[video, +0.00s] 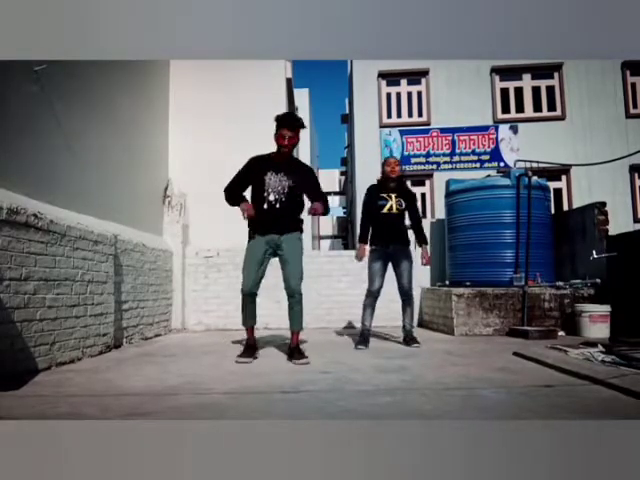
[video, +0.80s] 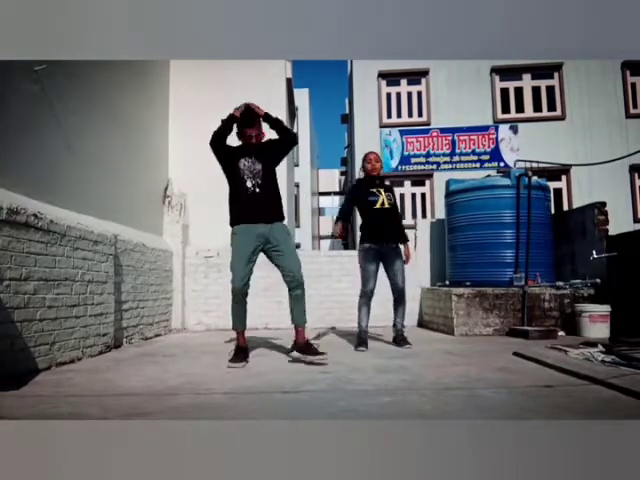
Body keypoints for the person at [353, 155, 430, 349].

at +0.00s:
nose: (393, 168)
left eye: (396, 165)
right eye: (390, 165)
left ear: (400, 168)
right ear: (383, 168)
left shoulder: (407, 192)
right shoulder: (373, 191)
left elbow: (415, 220)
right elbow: (366, 218)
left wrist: (423, 245)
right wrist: (362, 243)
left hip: (400, 246)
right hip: (378, 246)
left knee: (406, 290)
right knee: (373, 289)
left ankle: (408, 334)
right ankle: (364, 334)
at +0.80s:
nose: (373, 165)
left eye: (376, 161)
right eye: (369, 162)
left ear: (381, 165)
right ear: (363, 166)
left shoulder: (387, 187)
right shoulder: (358, 187)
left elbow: (396, 217)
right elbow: (346, 208)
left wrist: (405, 243)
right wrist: (340, 222)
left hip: (391, 243)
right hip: (369, 244)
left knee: (399, 288)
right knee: (367, 289)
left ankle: (399, 333)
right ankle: (362, 336)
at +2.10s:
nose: (379, 163)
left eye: (381, 160)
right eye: (375, 161)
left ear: (387, 163)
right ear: (369, 165)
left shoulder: (394, 184)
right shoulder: (361, 184)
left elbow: (397, 216)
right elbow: (350, 208)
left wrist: (398, 243)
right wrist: (355, 221)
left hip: (385, 242)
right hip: (363, 241)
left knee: (390, 288)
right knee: (353, 285)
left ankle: (395, 332)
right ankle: (346, 330)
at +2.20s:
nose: (378, 164)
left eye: (381, 161)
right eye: (374, 161)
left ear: (387, 164)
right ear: (369, 165)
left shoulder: (394, 185)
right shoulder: (360, 184)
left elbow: (398, 216)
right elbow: (351, 210)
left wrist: (402, 243)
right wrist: (358, 224)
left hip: (385, 244)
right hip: (363, 243)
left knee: (391, 287)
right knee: (354, 288)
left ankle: (395, 332)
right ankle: (342, 329)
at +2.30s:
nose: (377, 167)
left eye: (381, 163)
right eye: (374, 164)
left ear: (387, 167)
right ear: (368, 168)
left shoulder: (393, 190)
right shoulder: (360, 189)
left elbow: (397, 222)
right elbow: (350, 216)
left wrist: (407, 250)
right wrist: (355, 237)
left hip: (385, 246)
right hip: (363, 246)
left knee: (395, 290)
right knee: (355, 291)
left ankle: (395, 332)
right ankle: (344, 331)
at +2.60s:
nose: (374, 167)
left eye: (377, 163)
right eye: (370, 164)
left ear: (384, 166)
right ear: (366, 168)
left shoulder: (394, 182)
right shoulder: (361, 186)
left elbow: (420, 179)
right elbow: (339, 198)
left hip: (393, 245)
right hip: (372, 247)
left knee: (398, 288)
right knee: (359, 288)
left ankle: (397, 332)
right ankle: (375, 328)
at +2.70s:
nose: (370, 174)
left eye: (374, 171)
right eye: (368, 171)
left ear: (381, 174)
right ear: (364, 175)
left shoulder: (389, 189)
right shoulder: (358, 195)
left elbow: (411, 183)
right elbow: (347, 217)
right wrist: (335, 211)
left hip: (395, 250)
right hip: (375, 254)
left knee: (412, 284)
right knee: (363, 295)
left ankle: (417, 327)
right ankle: (380, 333)